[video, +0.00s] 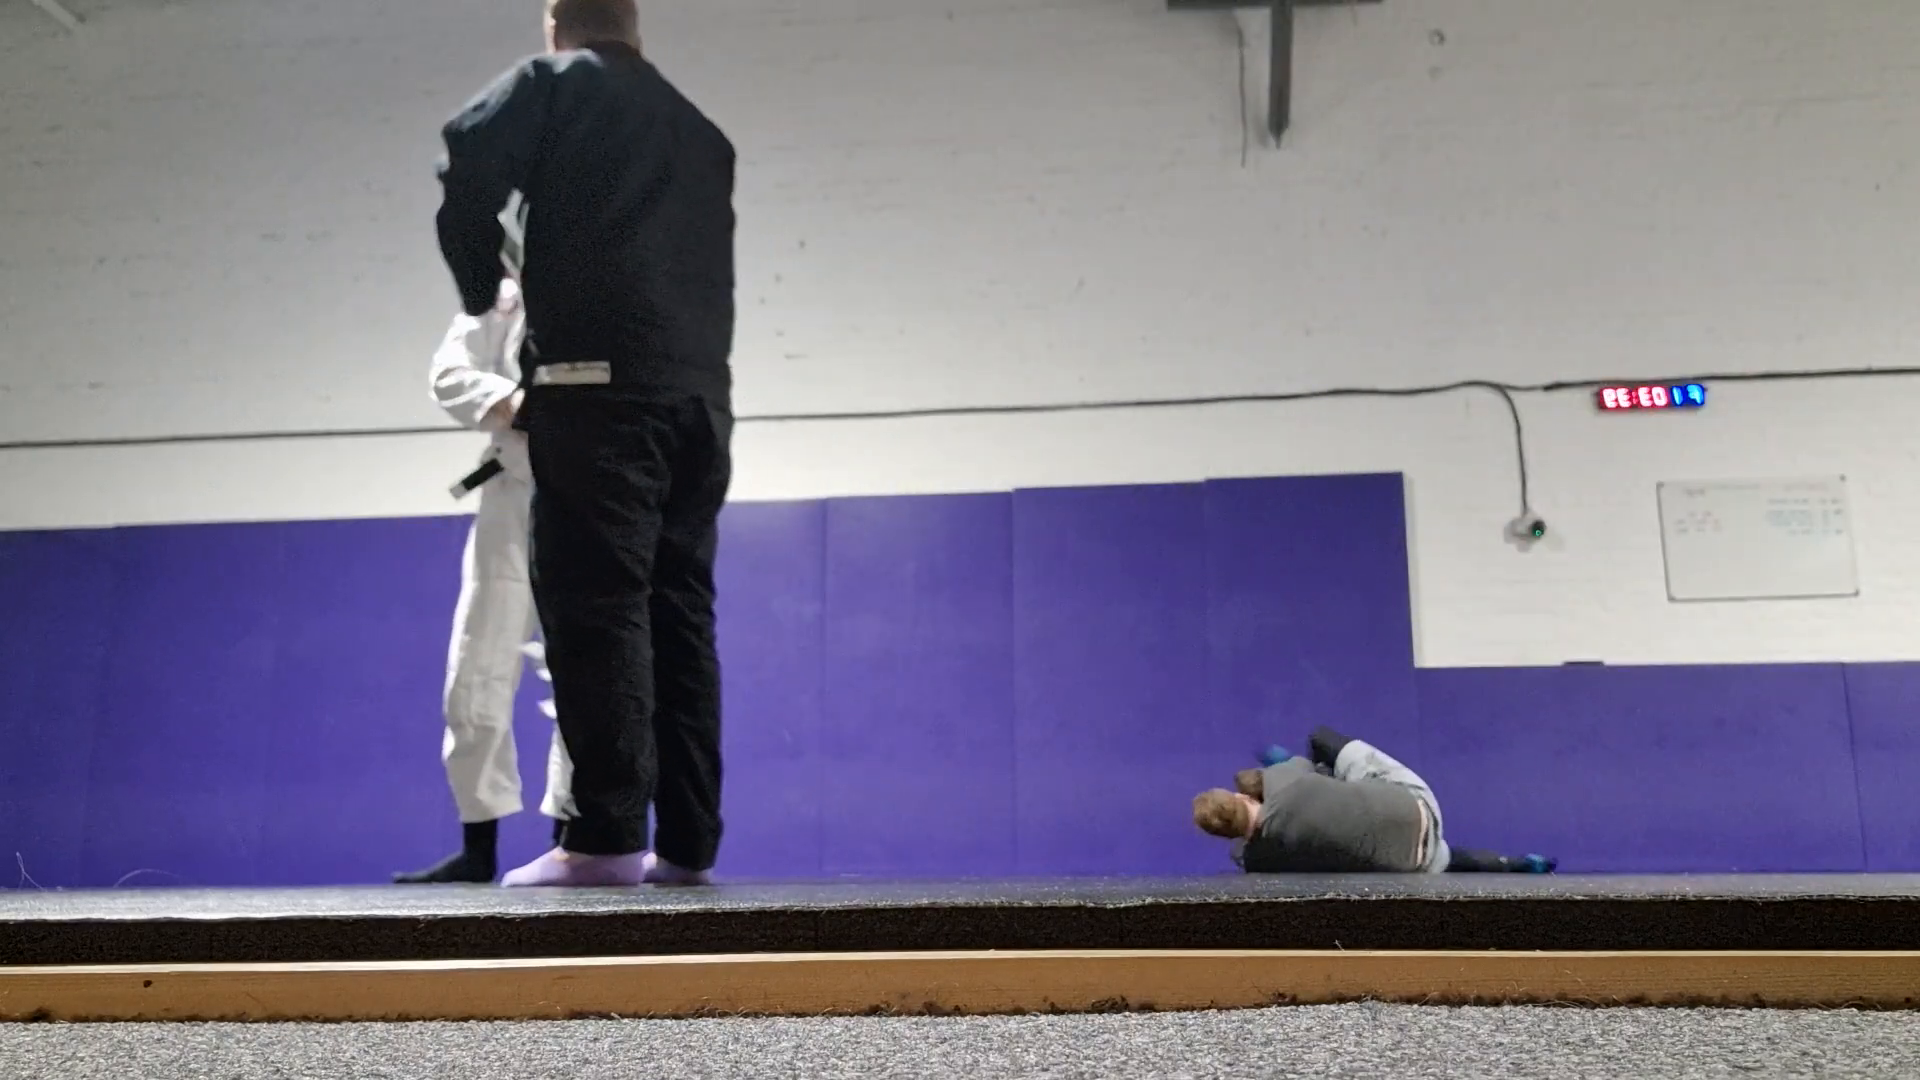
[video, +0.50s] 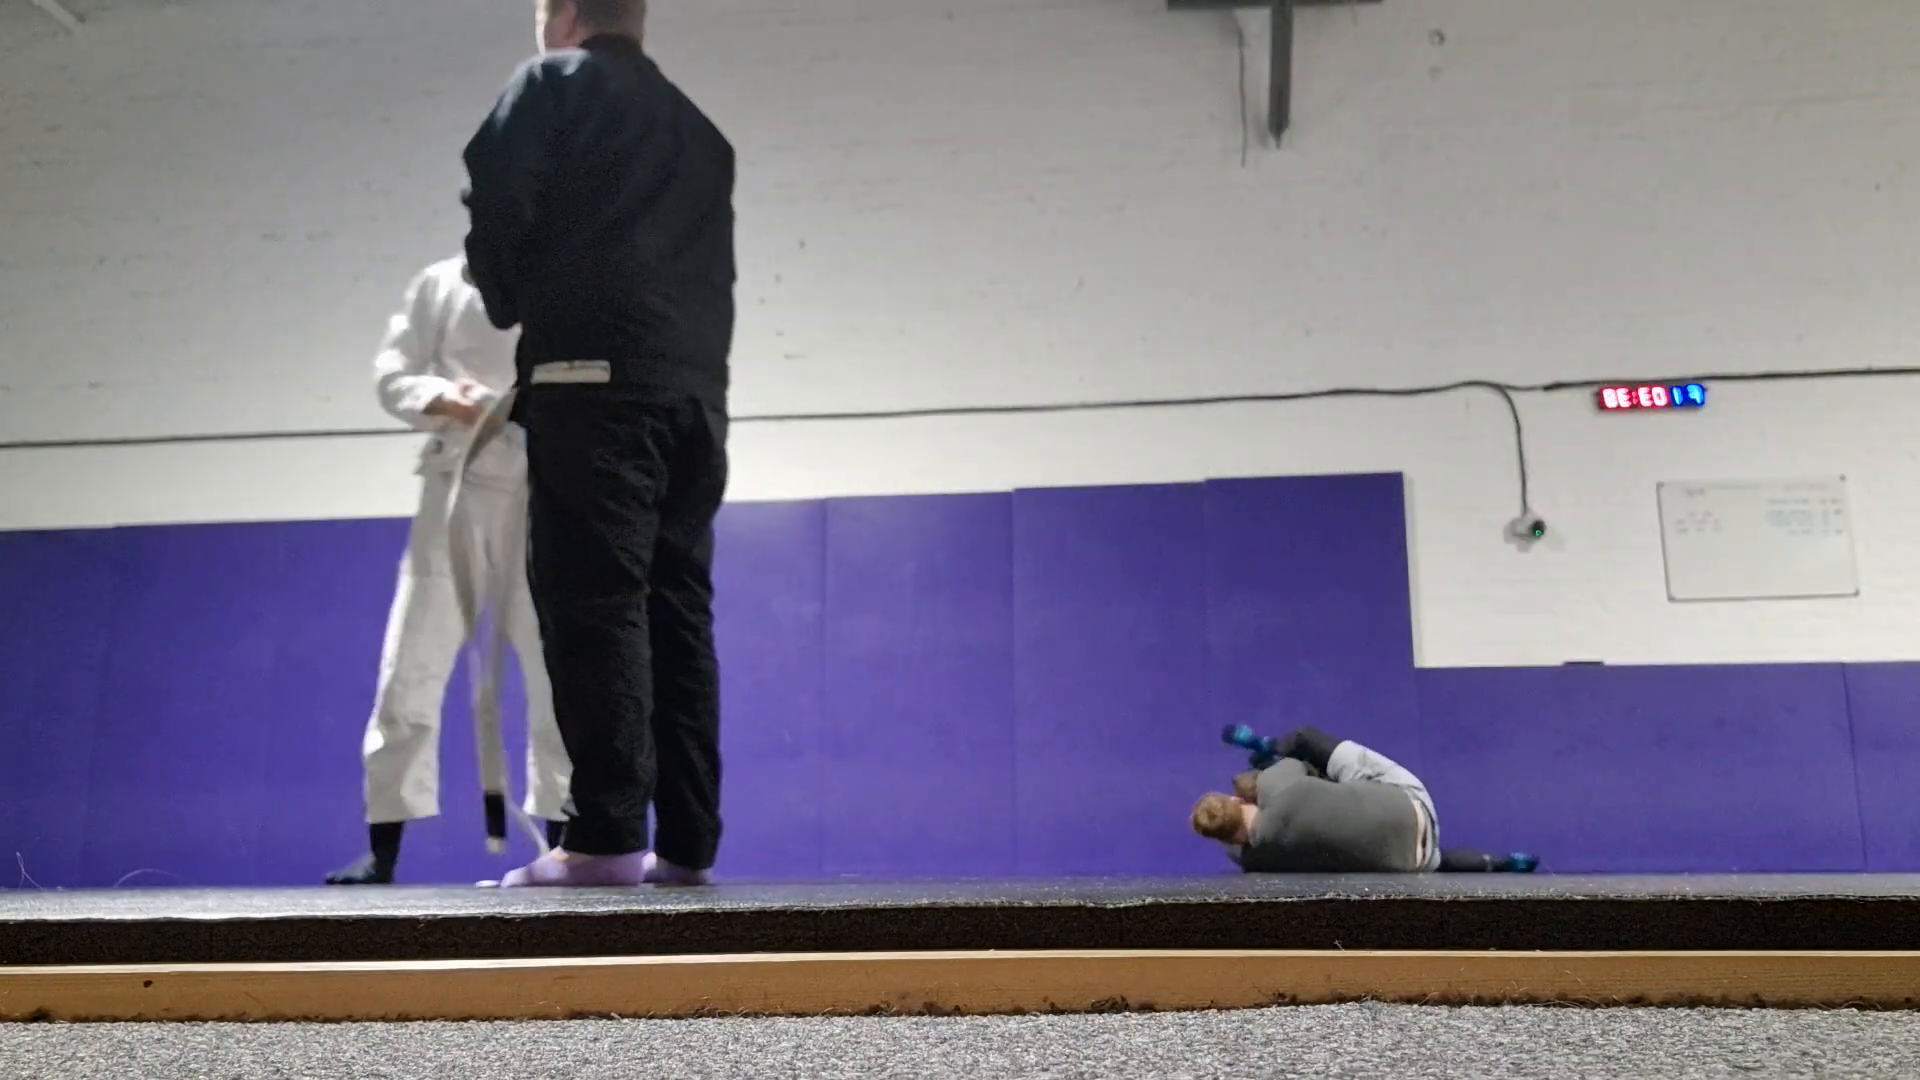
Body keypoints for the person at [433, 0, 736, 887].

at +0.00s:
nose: (545, 46)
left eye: (545, 35)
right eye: (554, 38)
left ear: (555, 32)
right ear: (635, 34)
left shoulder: (542, 84)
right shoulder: (704, 132)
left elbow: (470, 155)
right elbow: (703, 275)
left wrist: (484, 288)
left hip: (594, 399)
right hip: (700, 404)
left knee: (596, 615)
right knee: (681, 611)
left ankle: (603, 846)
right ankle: (688, 848)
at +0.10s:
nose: (544, 39)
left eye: (544, 30)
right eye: (550, 32)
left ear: (555, 27)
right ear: (635, 32)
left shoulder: (544, 84)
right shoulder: (704, 133)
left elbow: (481, 157)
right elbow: (710, 276)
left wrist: (494, 297)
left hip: (590, 394)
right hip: (697, 402)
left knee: (595, 615)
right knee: (680, 614)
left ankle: (604, 845)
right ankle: (688, 847)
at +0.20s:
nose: (542, 37)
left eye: (542, 28)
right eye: (548, 31)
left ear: (554, 24)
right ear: (634, 28)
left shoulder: (542, 84)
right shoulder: (702, 129)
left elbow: (488, 219)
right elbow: (701, 270)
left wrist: (542, 314)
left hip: (589, 395)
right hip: (695, 400)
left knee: (593, 612)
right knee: (679, 611)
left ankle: (604, 846)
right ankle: (687, 849)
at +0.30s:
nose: (539, 32)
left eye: (540, 22)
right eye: (543, 24)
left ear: (557, 20)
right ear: (633, 24)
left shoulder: (544, 83)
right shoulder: (702, 130)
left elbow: (489, 216)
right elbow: (701, 271)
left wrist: (537, 315)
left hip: (589, 395)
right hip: (695, 401)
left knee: (592, 613)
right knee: (678, 610)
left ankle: (604, 845)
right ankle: (687, 848)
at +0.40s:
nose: (539, 29)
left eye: (541, 19)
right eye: (543, 20)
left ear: (559, 19)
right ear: (634, 25)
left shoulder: (544, 84)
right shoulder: (703, 130)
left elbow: (490, 196)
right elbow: (706, 273)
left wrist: (522, 303)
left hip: (589, 396)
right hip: (695, 401)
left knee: (593, 614)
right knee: (679, 612)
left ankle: (604, 845)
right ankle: (687, 849)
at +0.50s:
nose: (542, 29)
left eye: (545, 18)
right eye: (547, 19)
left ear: (564, 18)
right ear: (636, 26)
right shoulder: (703, 130)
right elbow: (714, 277)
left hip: (589, 394)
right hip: (695, 400)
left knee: (593, 613)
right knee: (679, 611)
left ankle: (605, 846)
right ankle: (687, 849)